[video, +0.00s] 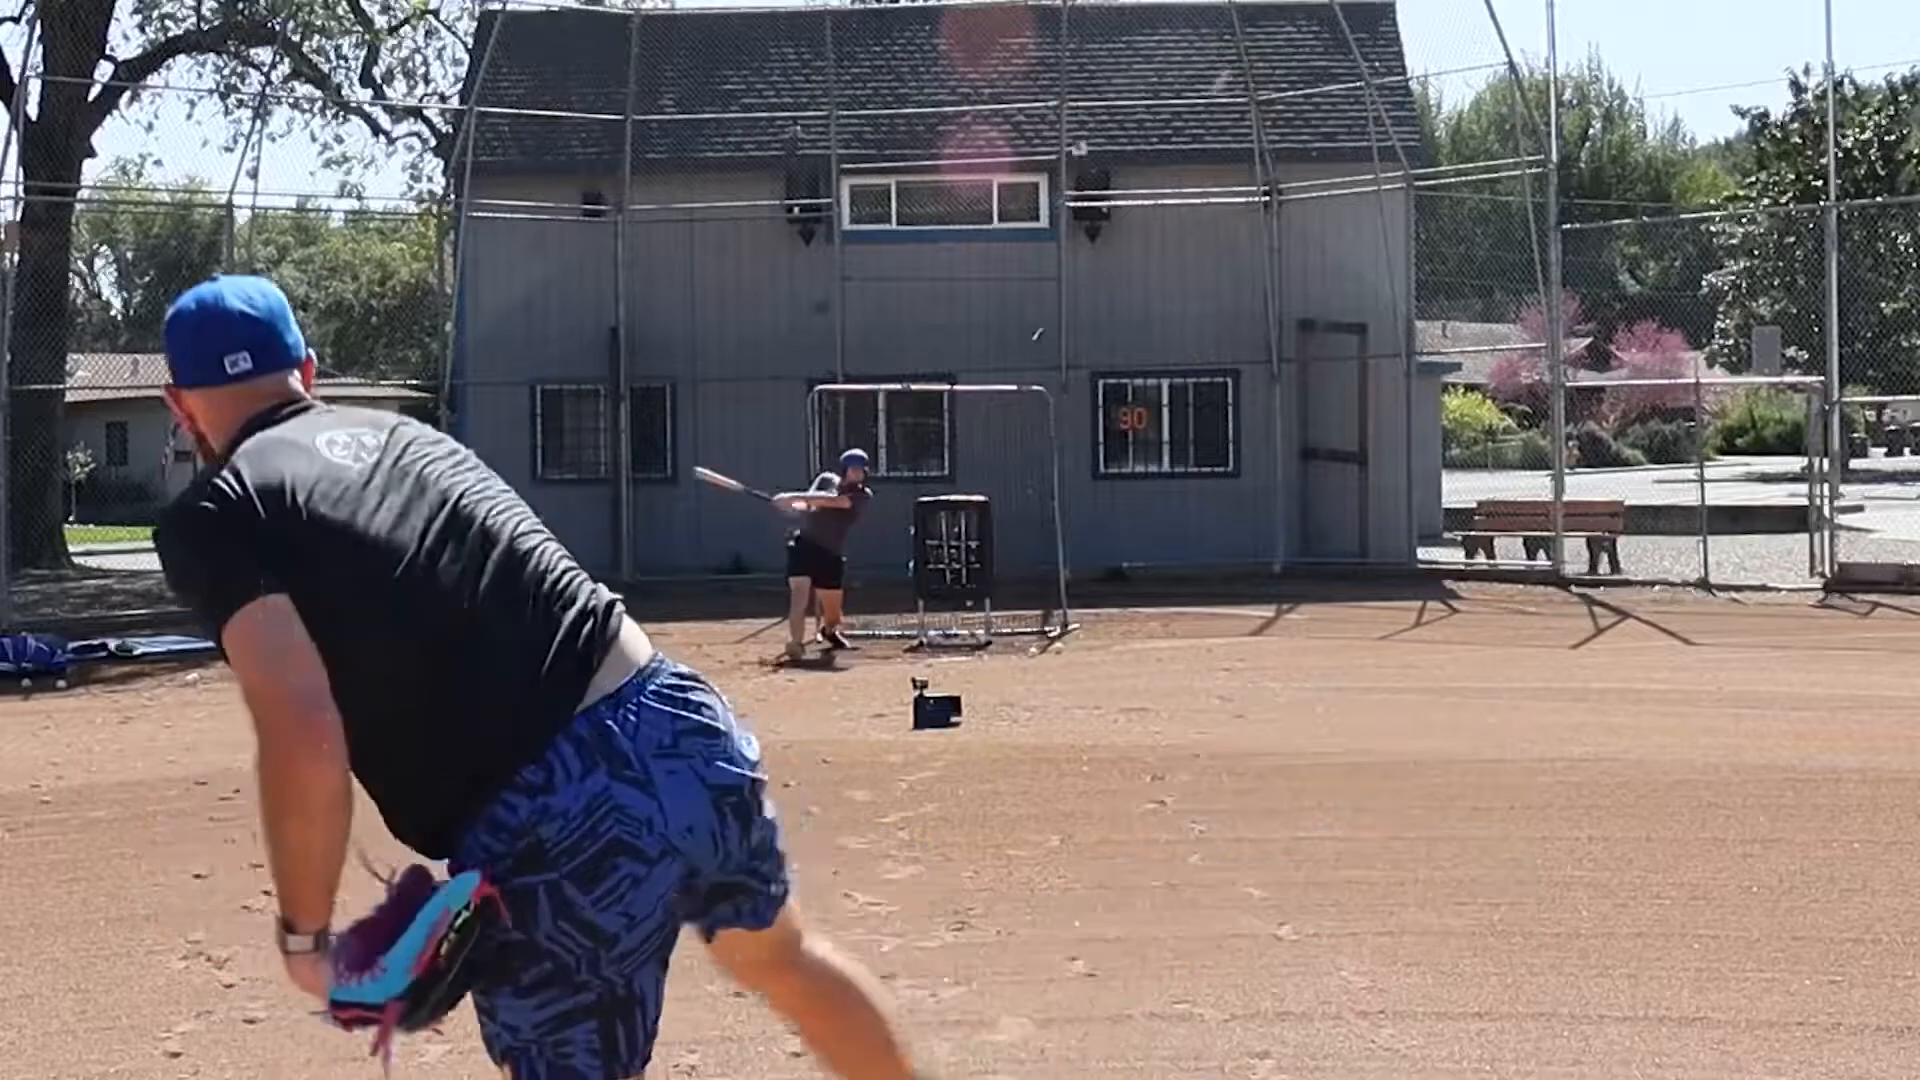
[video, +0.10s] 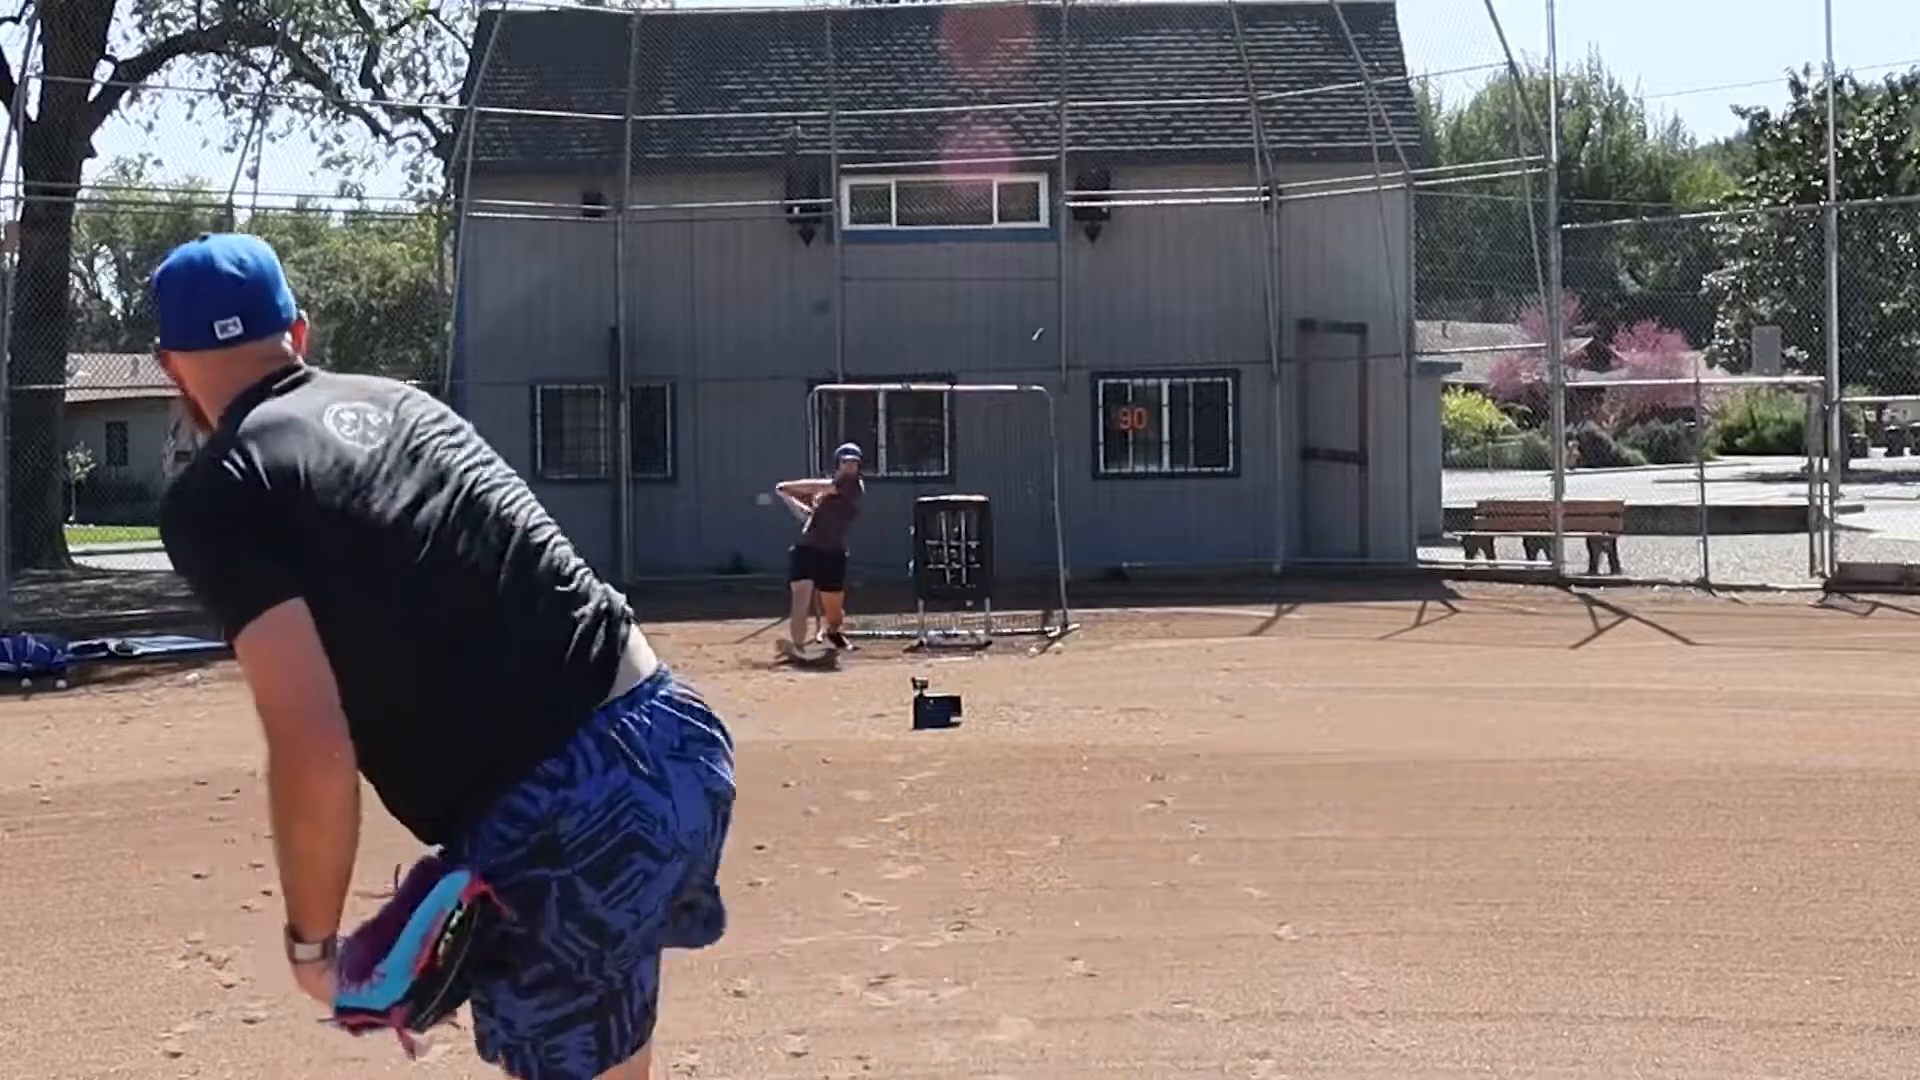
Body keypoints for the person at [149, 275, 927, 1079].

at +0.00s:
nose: (177, 423)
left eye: (171, 406)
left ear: (186, 409)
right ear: (309, 370)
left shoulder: (213, 507)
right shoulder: (403, 430)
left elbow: (304, 726)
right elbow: (488, 628)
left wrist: (304, 924)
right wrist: (453, 865)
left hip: (556, 829)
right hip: (689, 728)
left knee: (569, 1056)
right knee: (777, 949)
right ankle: (899, 1069)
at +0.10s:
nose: (173, 380)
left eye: (170, 362)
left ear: (175, 371)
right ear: (299, 332)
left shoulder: (220, 485)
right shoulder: (398, 399)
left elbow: (312, 739)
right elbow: (495, 608)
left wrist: (312, 936)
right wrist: (467, 854)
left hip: (568, 816)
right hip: (676, 732)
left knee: (568, 1061)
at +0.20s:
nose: (165, 355)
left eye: (156, 336)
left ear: (161, 341)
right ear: (293, 301)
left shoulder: (216, 467)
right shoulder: (391, 378)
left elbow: (295, 743)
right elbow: (492, 594)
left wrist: (287, 929)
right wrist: (440, 836)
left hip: (546, 822)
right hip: (636, 738)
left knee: (562, 1060)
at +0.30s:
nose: (136, 327)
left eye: (131, 307)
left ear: (142, 315)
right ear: (271, 276)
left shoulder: (214, 438)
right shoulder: (363, 363)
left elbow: (289, 717)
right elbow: (424, 595)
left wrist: (265, 926)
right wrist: (357, 773)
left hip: (493, 824)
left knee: (530, 1062)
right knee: (227, 993)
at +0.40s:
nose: (87, 305)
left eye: (83, 283)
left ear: (91, 292)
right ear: (223, 263)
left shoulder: (183, 423)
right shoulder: (315, 372)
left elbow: (268, 715)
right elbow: (315, 629)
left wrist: (242, 918)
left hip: (432, 851)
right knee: (167, 1065)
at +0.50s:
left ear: (32, 280)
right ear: (124, 268)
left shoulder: (136, 407)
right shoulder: (180, 377)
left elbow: (237, 680)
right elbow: (182, 679)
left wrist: (220, 906)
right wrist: (78, 858)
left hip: (384, 850)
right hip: (255, 832)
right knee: (122, 1067)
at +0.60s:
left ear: (19, 245)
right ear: (33, 243)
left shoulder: (98, 367)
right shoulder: (50, 399)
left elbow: (238, 603)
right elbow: (56, 686)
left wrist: (233, 843)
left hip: (346, 823)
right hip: (196, 813)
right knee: (96, 1066)